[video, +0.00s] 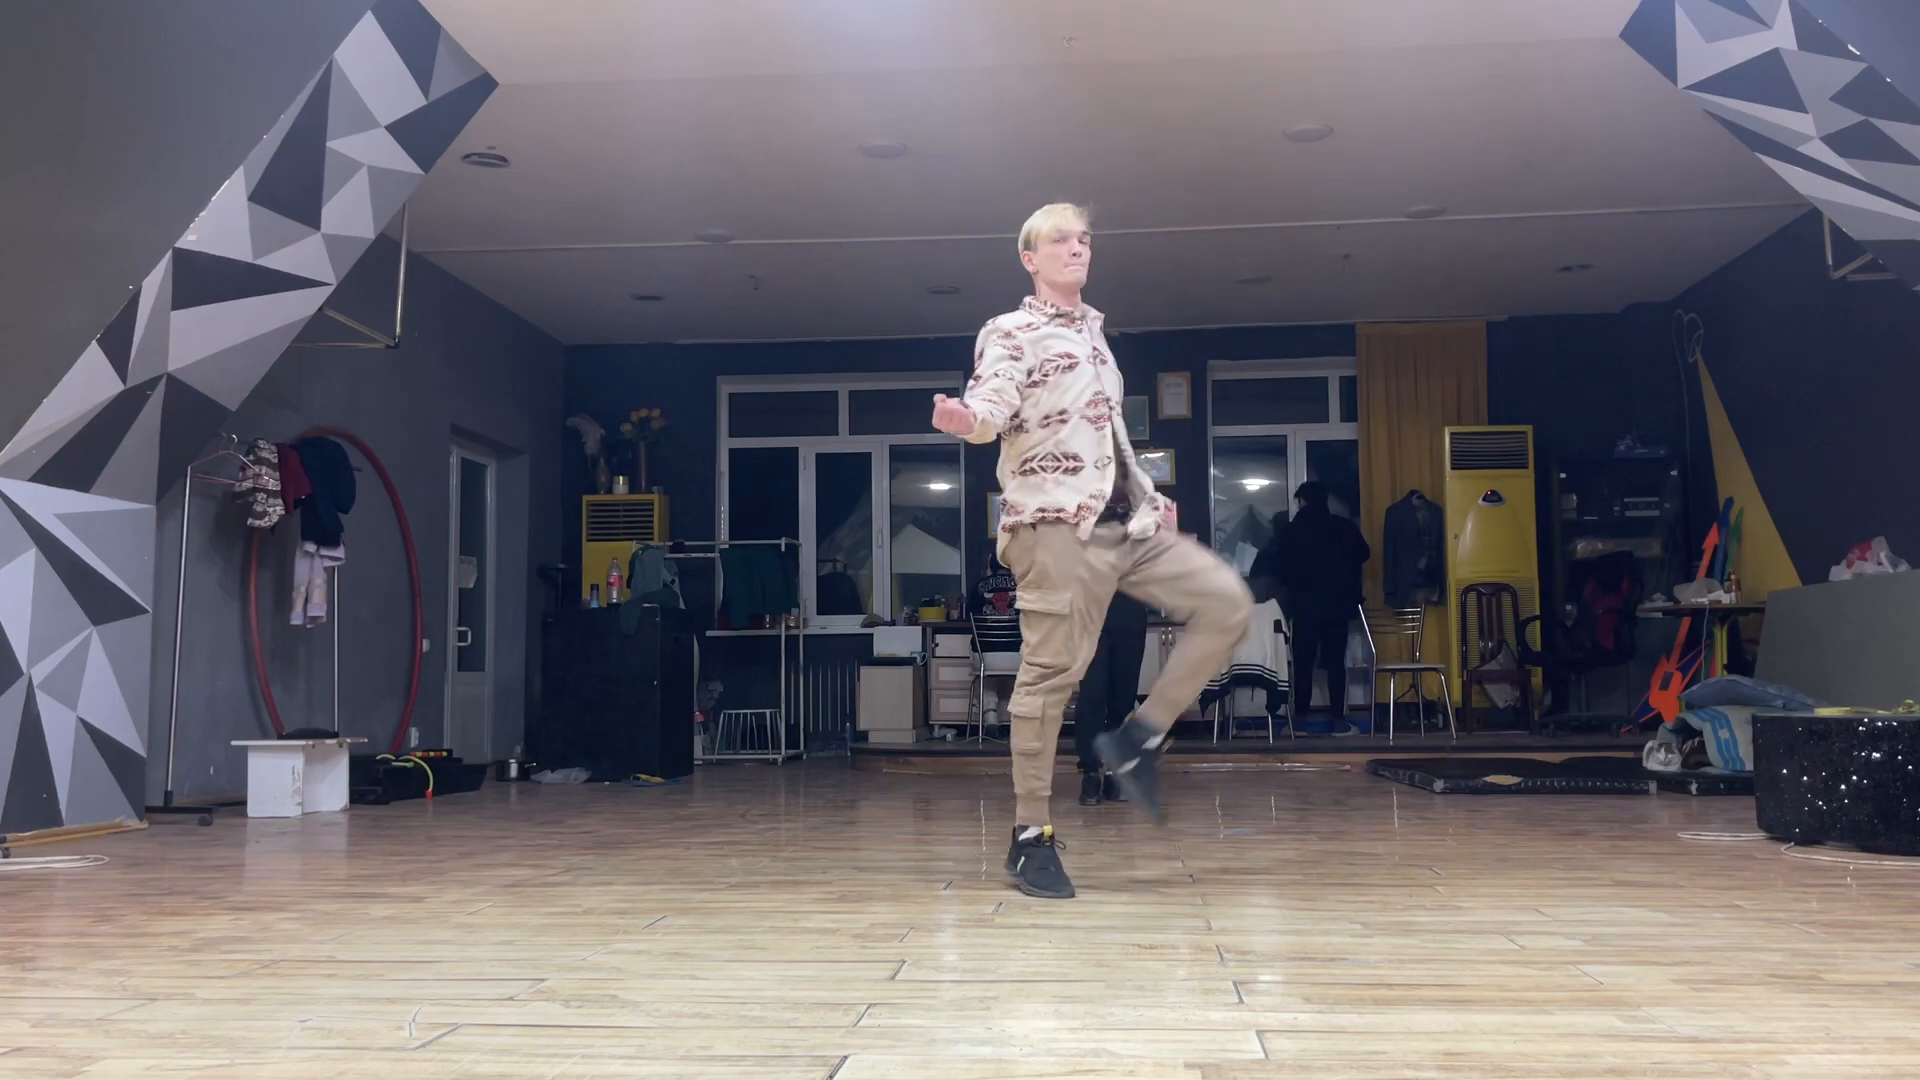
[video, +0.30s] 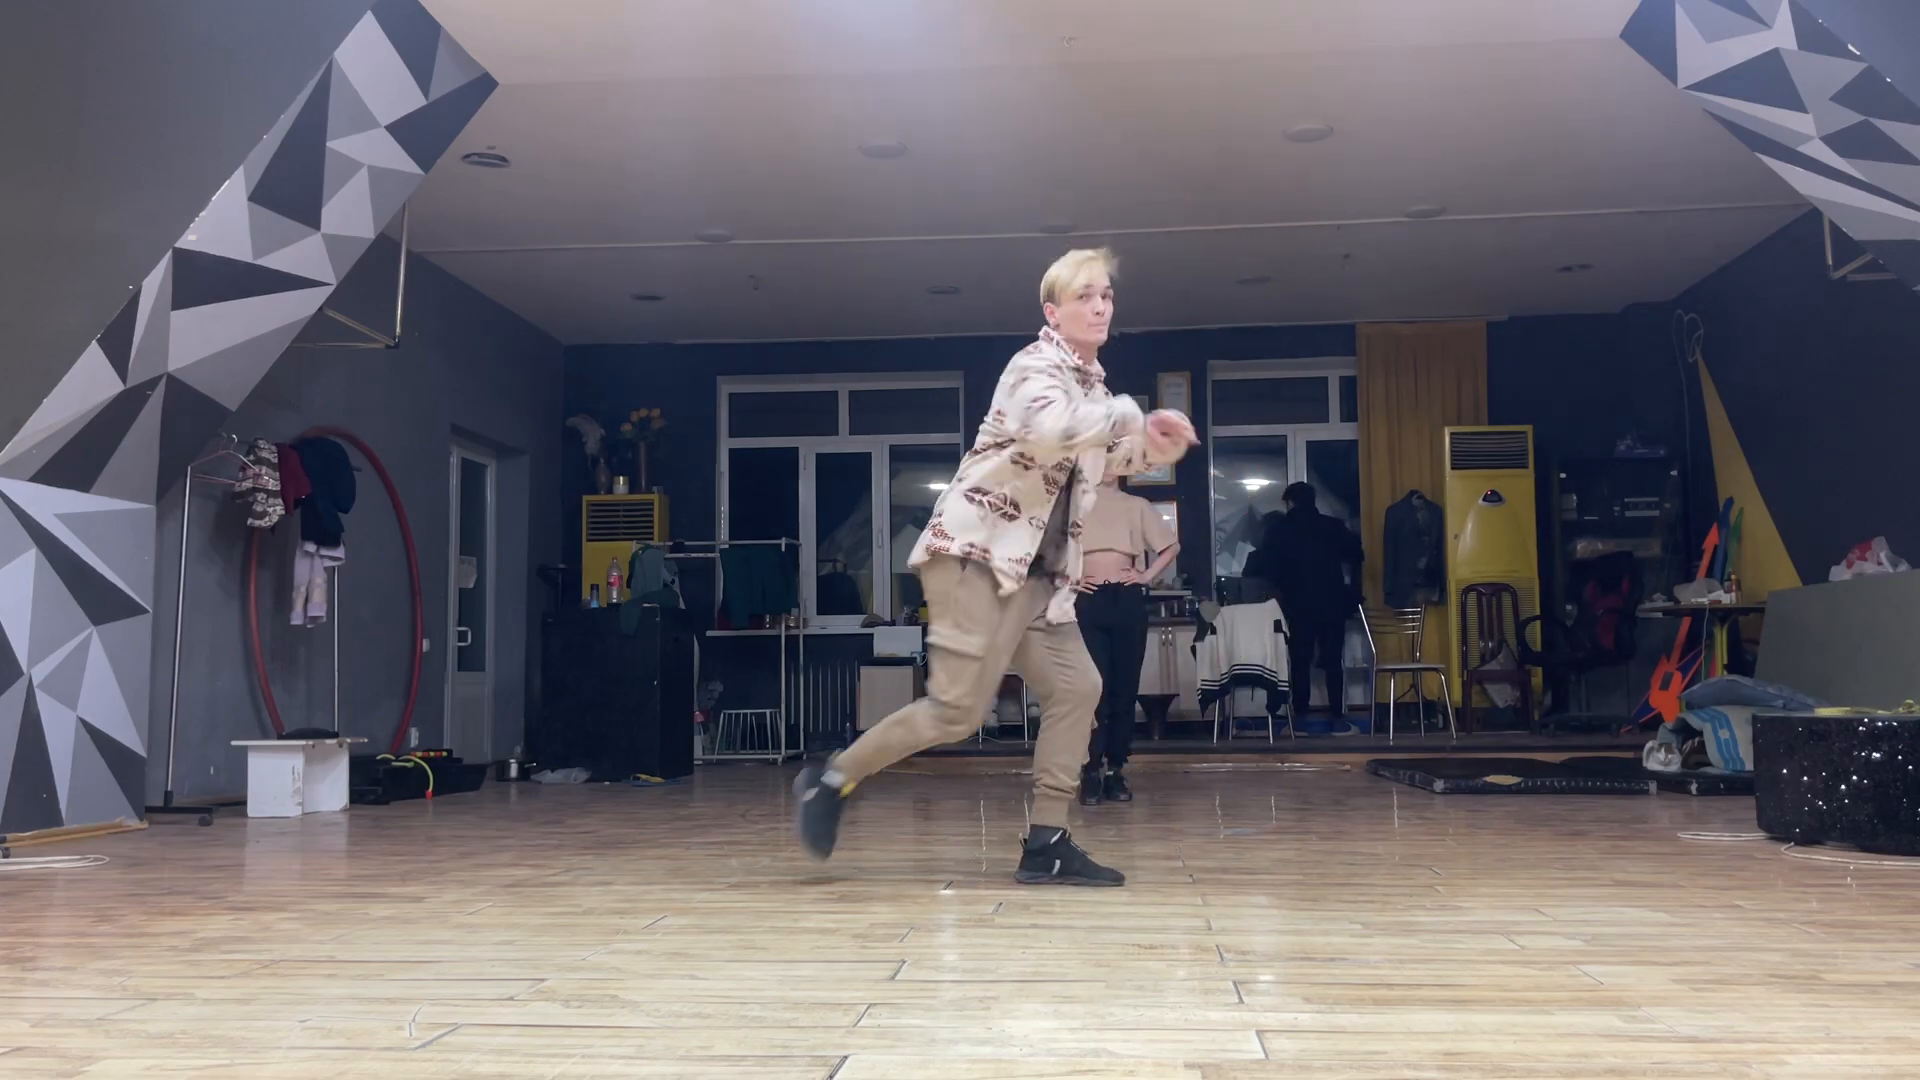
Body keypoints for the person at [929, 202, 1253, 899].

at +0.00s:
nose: (1079, 250)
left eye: (1084, 241)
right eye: (1064, 240)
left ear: (1090, 256)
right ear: (1030, 257)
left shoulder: (1092, 333)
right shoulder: (1011, 333)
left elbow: (1107, 437)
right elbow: (992, 407)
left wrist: (1149, 497)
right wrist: (970, 420)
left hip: (1124, 523)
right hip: (1057, 529)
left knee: (1227, 604)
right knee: (1050, 675)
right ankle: (1031, 837)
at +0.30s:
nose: (1102, 306)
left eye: (1107, 295)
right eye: (1086, 296)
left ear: (1112, 307)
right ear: (1053, 311)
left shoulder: (1095, 391)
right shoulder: (1035, 368)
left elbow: (1097, 462)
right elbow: (1047, 428)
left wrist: (1148, 451)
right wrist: (1136, 421)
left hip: (1032, 568)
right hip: (974, 555)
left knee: (1076, 687)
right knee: (955, 712)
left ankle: (1046, 841)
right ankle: (831, 781)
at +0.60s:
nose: (1040, 289)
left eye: (1049, 278)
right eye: (1026, 277)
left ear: (1059, 289)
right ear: (998, 288)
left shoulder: (1060, 373)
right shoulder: (978, 360)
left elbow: (1094, 452)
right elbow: (993, 449)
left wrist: (1167, 486)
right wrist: (1076, 487)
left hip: (1046, 554)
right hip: (984, 546)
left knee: (1080, 693)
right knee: (1021, 685)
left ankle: (1023, 840)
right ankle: (909, 790)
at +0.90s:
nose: (999, 332)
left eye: (1007, 322)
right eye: (986, 319)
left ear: (1012, 328)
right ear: (953, 324)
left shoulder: (1022, 383)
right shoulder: (929, 403)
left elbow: (1072, 438)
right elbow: (854, 414)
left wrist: (1086, 427)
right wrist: (801, 349)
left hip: (1102, 542)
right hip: (1063, 558)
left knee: (1112, 696)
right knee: (1181, 664)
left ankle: (1044, 837)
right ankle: (1229, 826)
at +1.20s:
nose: (1051, 311)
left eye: (1051, 300)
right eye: (1037, 302)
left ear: (1004, 320)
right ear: (1002, 314)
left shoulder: (967, 377)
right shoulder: (1038, 368)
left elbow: (1041, 438)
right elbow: (1138, 416)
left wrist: (1107, 437)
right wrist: (1145, 431)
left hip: (986, 564)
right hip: (993, 564)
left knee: (1071, 694)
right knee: (925, 700)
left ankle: (1054, 839)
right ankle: (813, 806)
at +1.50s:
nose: (1004, 277)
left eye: (1016, 267)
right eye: (991, 267)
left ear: (1034, 282)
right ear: (971, 281)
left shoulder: (1068, 364)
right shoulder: (938, 343)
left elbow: (1145, 381)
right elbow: (861, 360)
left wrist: (1231, 376)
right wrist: (938, 371)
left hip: (1028, 571)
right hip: (937, 559)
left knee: (1061, 695)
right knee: (880, 685)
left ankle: (1062, 832)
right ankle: (849, 812)